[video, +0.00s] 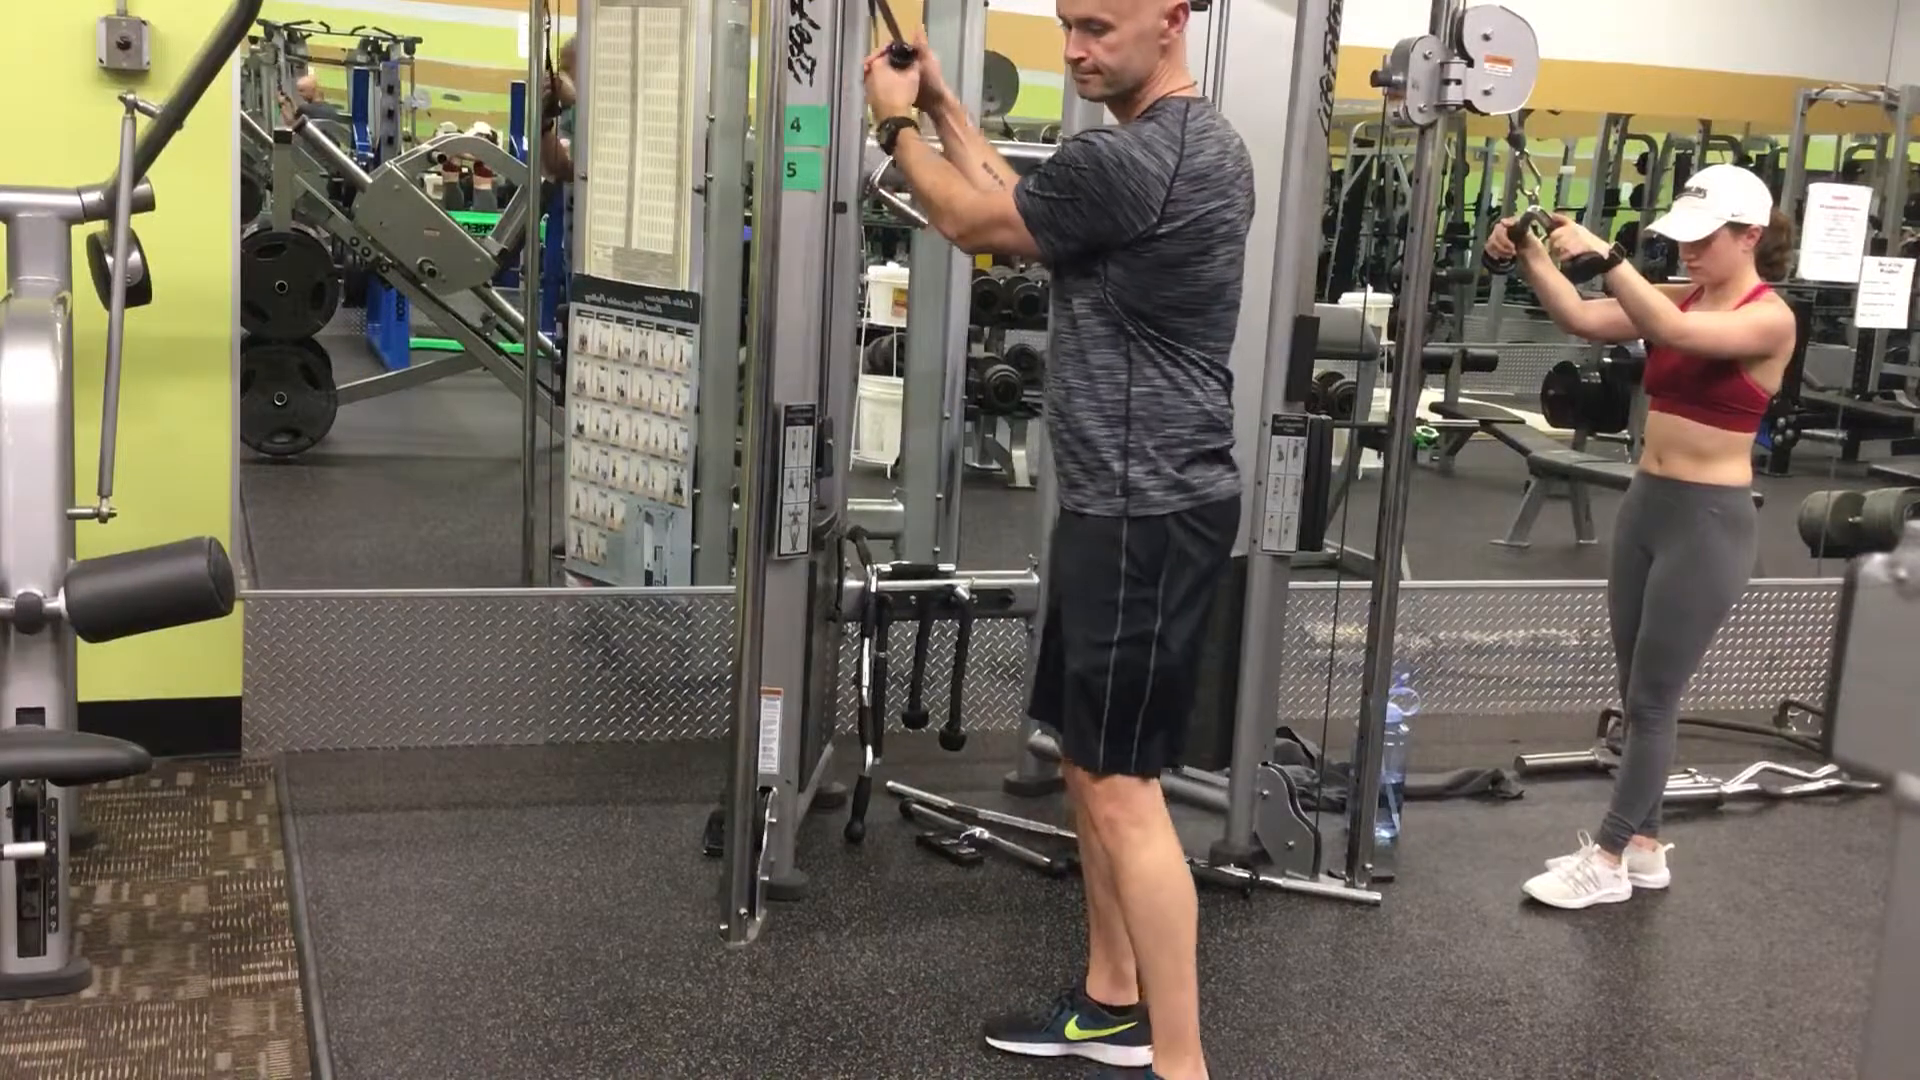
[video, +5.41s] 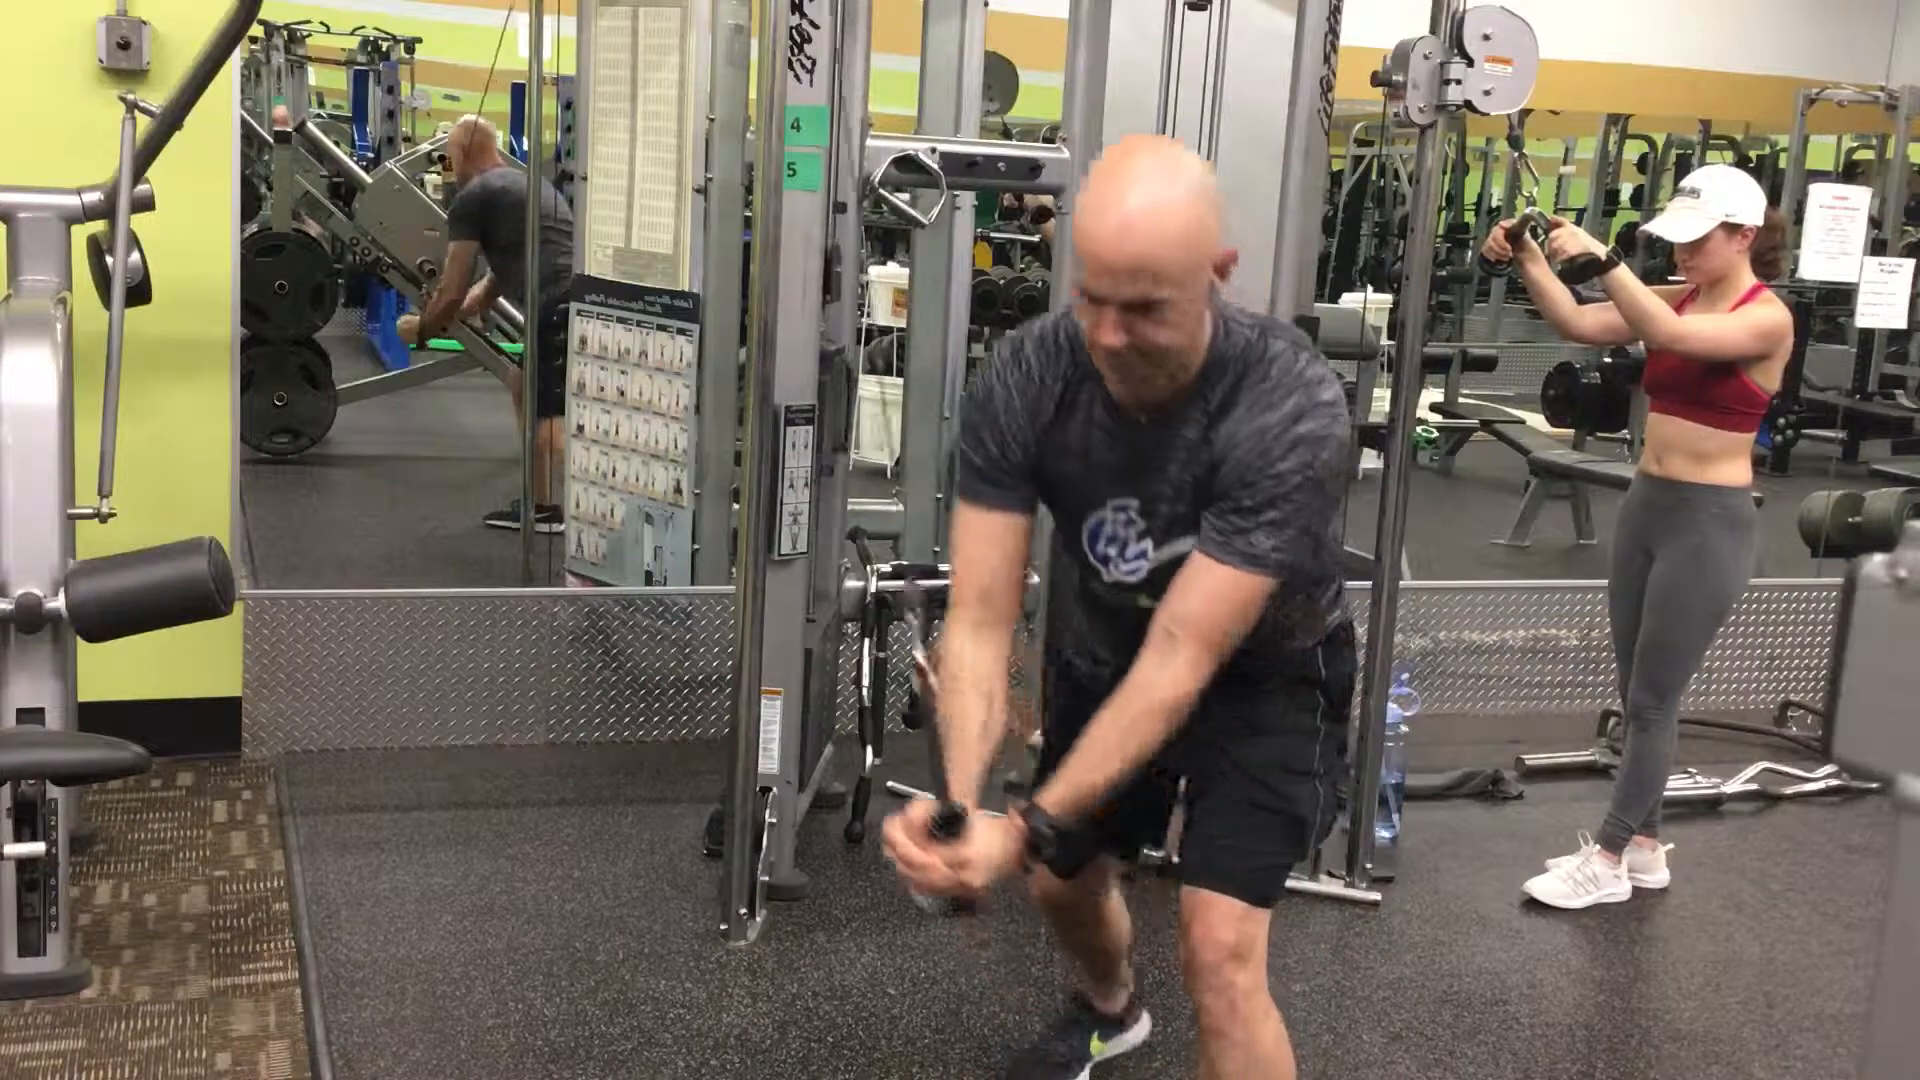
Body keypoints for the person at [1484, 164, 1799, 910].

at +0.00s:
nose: (1685, 253)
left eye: (1700, 239)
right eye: (1681, 239)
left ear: (1749, 236)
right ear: (1681, 238)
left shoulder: (1772, 317)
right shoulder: (1679, 301)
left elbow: (1673, 328)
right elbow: (1584, 316)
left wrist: (1603, 254)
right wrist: (1529, 257)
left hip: (1709, 523)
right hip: (1642, 508)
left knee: (1653, 698)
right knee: (1639, 692)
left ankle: (1605, 858)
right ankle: (1645, 846)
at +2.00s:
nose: (1683, 253)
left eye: (1698, 239)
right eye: (1678, 240)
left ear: (1747, 237)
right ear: (1679, 239)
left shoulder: (1769, 318)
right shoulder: (1675, 300)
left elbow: (1670, 331)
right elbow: (1579, 318)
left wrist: (1602, 258)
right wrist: (1526, 257)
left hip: (1709, 524)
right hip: (1642, 509)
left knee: (1651, 699)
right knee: (1639, 693)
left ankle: (1606, 859)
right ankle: (1646, 846)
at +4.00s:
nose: (1672, 255)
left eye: (1686, 242)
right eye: (1669, 243)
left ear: (1735, 238)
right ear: (1672, 242)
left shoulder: (1764, 315)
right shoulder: (1670, 300)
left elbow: (1665, 335)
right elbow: (1571, 322)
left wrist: (1595, 260)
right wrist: (1522, 260)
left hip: (1710, 523)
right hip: (1644, 507)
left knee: (1651, 698)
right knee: (1638, 690)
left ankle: (1607, 859)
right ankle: (1646, 845)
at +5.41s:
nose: (1679, 253)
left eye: (1694, 239)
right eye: (1675, 240)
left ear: (1743, 236)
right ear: (1679, 239)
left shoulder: (1769, 317)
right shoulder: (1677, 301)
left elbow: (1670, 333)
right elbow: (1580, 322)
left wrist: (1602, 260)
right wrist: (1526, 258)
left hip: (1710, 523)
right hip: (1643, 508)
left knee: (1652, 698)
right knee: (1638, 691)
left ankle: (1606, 859)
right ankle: (1646, 846)